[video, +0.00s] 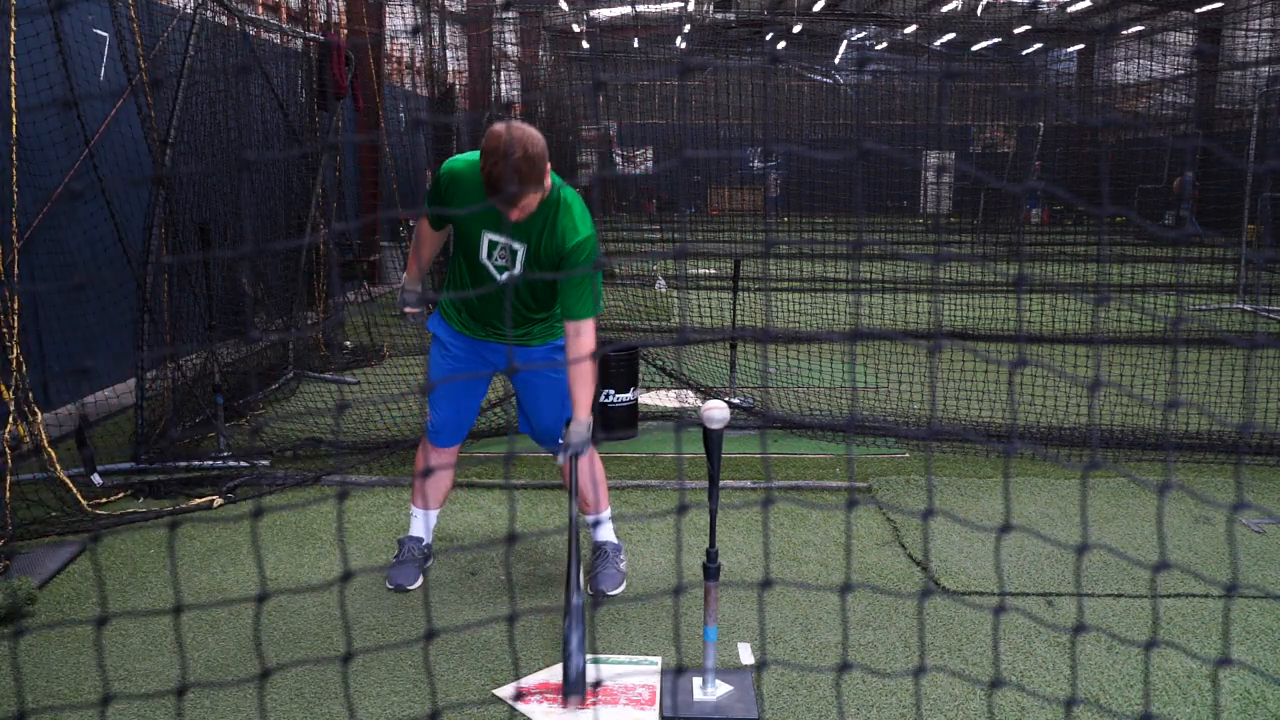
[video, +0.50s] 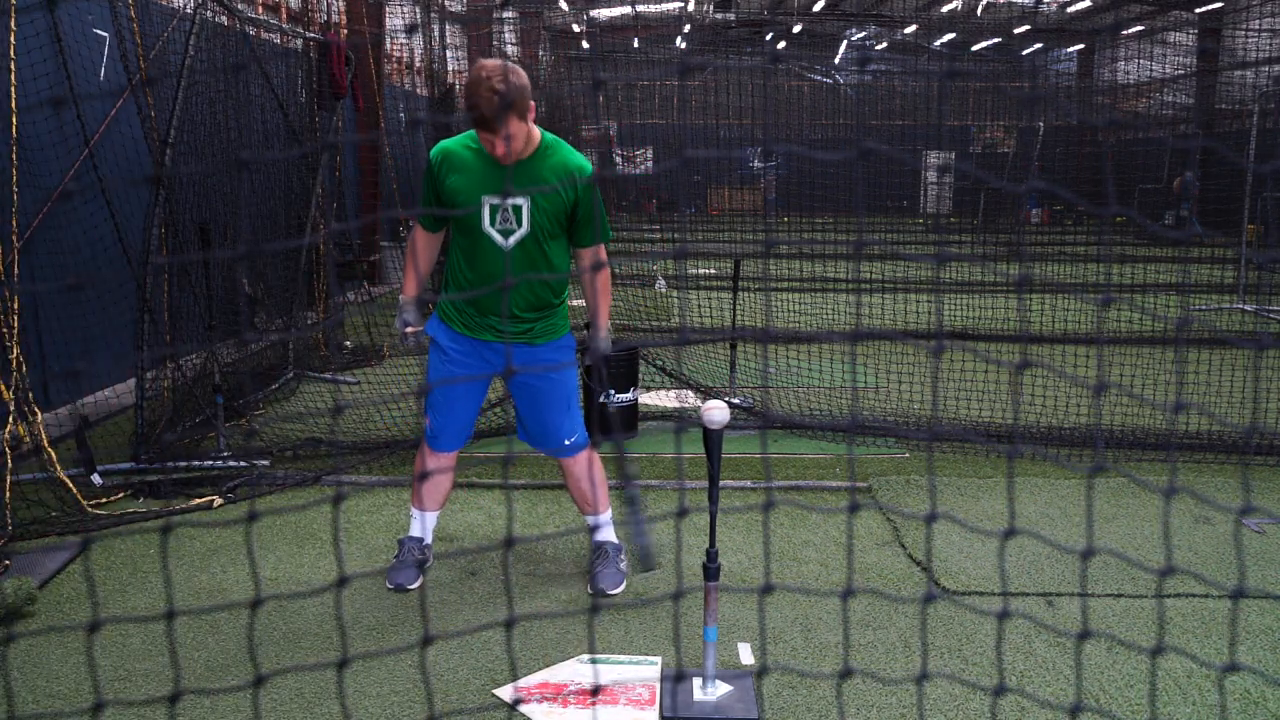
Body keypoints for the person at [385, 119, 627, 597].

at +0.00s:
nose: (514, 214)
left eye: (525, 204)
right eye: (504, 205)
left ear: (544, 179)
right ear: (486, 177)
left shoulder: (571, 223)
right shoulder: (456, 180)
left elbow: (580, 331)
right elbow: (432, 225)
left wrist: (581, 419)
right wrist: (413, 282)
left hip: (542, 337)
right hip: (462, 329)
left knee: (570, 439)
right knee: (440, 436)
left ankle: (606, 542)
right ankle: (418, 540)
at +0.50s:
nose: (499, 147)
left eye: (508, 135)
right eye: (487, 136)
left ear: (531, 112)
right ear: (473, 121)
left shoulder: (572, 172)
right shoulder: (447, 162)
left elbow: (594, 261)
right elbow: (427, 231)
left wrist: (601, 339)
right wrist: (409, 300)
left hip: (543, 336)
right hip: (460, 331)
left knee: (571, 445)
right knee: (438, 444)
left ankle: (605, 541)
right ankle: (417, 541)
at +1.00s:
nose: (491, 127)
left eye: (500, 113)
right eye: (479, 117)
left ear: (518, 94)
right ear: (461, 106)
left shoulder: (563, 157)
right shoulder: (440, 160)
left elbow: (606, 231)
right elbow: (419, 238)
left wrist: (651, 295)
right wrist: (401, 309)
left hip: (544, 330)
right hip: (462, 330)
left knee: (573, 442)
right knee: (440, 443)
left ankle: (606, 543)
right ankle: (419, 539)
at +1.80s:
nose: (487, 88)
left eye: (495, 75)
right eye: (475, 78)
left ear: (509, 75)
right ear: (456, 83)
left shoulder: (550, 156)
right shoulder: (433, 160)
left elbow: (597, 239)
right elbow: (419, 243)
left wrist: (645, 309)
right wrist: (399, 315)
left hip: (539, 332)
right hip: (458, 333)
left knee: (571, 444)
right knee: (437, 445)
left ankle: (608, 541)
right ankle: (418, 539)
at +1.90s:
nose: (492, 85)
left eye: (500, 74)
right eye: (479, 76)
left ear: (513, 78)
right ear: (458, 82)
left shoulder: (545, 160)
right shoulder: (431, 159)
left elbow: (559, 259)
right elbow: (420, 241)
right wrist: (401, 313)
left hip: (534, 335)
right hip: (455, 334)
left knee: (570, 444)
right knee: (437, 446)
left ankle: (608, 541)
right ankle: (418, 540)